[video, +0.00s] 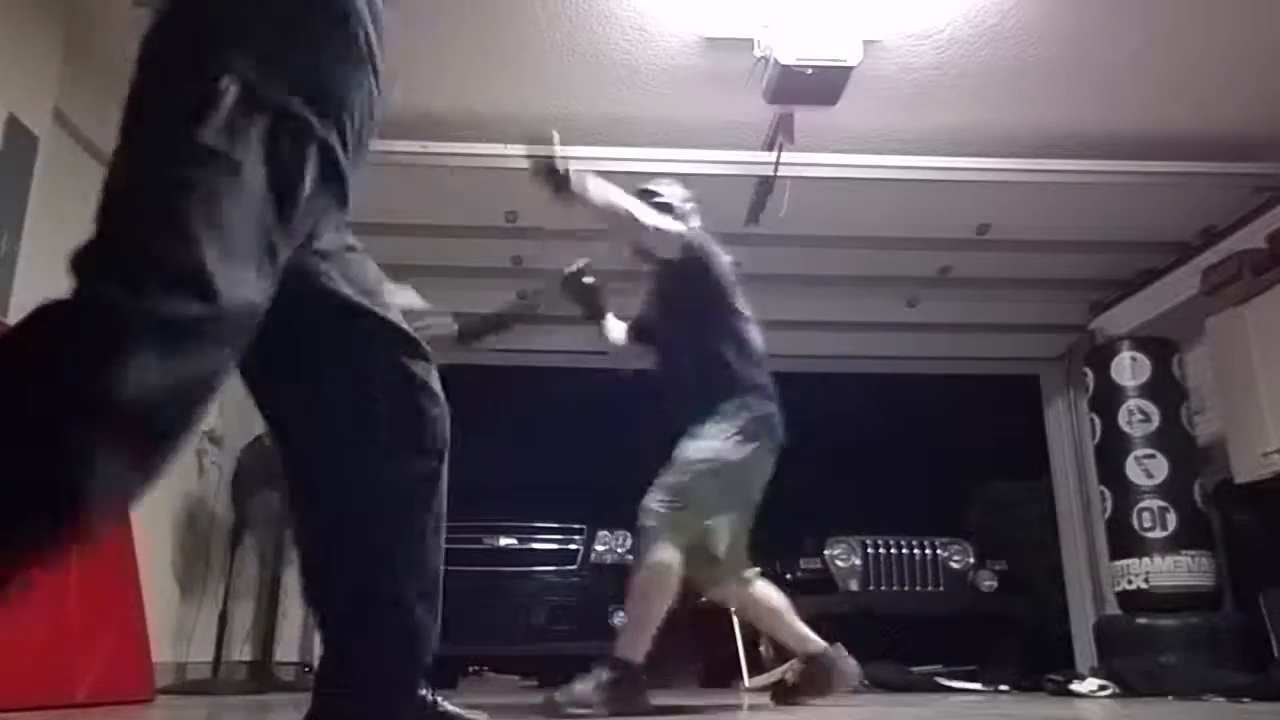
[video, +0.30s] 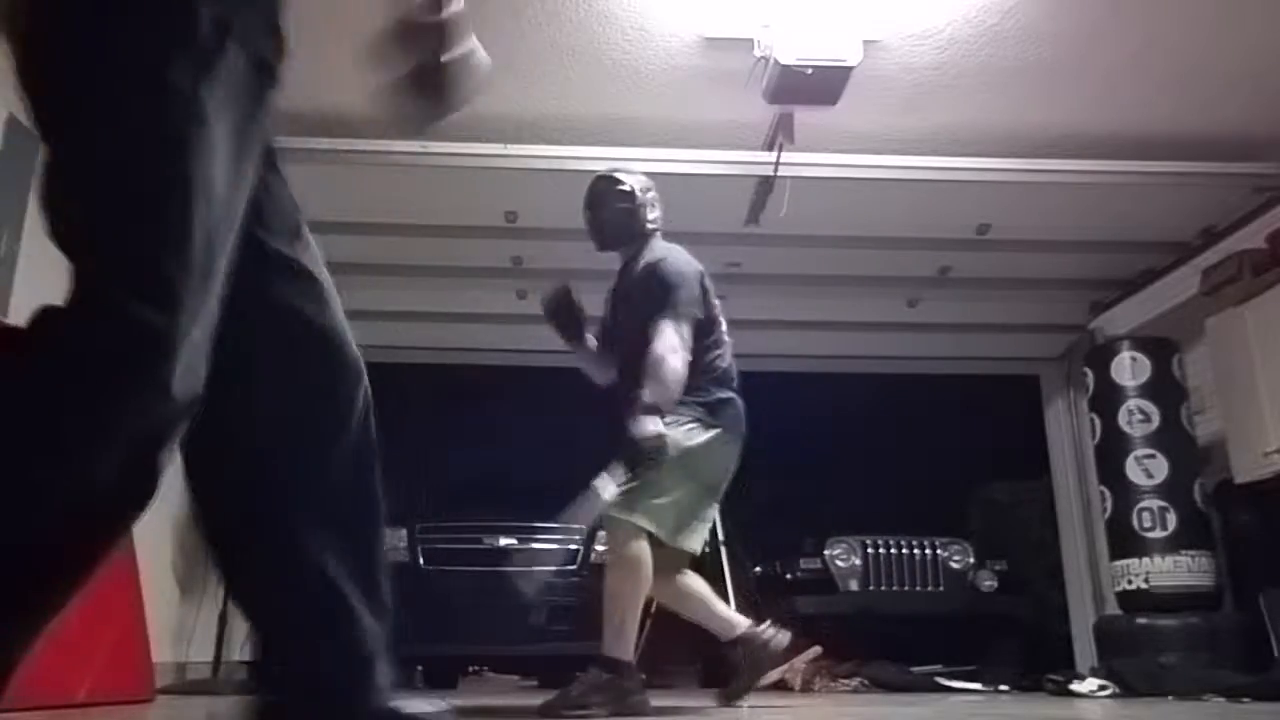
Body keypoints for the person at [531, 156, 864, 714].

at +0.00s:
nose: (644, 222)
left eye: (655, 213)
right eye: (641, 213)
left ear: (685, 219)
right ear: (646, 230)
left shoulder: (697, 254)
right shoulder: (665, 302)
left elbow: (637, 222)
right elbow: (626, 350)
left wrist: (574, 180)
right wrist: (596, 306)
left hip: (740, 415)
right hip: (715, 428)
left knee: (663, 520)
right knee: (717, 567)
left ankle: (623, 672)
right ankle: (821, 658)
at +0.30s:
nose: (601, 217)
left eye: (611, 206)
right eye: (598, 209)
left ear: (647, 211)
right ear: (595, 222)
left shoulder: (671, 266)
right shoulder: (629, 281)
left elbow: (672, 350)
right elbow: (609, 370)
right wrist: (577, 335)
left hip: (704, 416)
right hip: (678, 423)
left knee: (624, 523)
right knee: (651, 569)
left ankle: (616, 671)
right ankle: (750, 638)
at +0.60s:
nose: (669, 221)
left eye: (675, 210)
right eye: (654, 211)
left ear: (688, 211)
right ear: (631, 215)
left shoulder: (710, 253)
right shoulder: (626, 273)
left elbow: (704, 281)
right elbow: (573, 319)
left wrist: (639, 244)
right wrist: (574, 257)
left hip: (729, 409)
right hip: (673, 420)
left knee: (694, 517)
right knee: (663, 540)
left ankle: (703, 657)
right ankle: (727, 658)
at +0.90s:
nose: (689, 223)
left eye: (699, 212)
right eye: (678, 213)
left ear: (717, 216)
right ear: (662, 217)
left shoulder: (753, 271)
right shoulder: (649, 291)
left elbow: (772, 342)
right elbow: (633, 368)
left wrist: (722, 390)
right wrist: (666, 407)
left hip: (755, 444)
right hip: (684, 447)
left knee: (776, 552)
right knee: (685, 556)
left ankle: (802, 658)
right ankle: (733, 666)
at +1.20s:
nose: (707, 239)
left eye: (717, 230)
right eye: (698, 230)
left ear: (734, 229)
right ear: (679, 231)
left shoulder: (757, 270)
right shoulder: (661, 282)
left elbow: (796, 218)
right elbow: (626, 337)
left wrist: (738, 198)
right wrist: (675, 291)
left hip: (757, 443)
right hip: (680, 446)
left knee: (788, 560)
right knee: (654, 529)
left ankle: (799, 661)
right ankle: (690, 663)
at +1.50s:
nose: (645, 198)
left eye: (655, 186)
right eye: (639, 188)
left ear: (681, 191)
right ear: (629, 195)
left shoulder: (708, 227)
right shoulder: (635, 263)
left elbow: (644, 225)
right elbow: (577, 295)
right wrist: (585, 228)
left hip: (750, 410)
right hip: (682, 417)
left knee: (759, 538)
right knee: (651, 542)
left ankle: (796, 631)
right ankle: (690, 669)